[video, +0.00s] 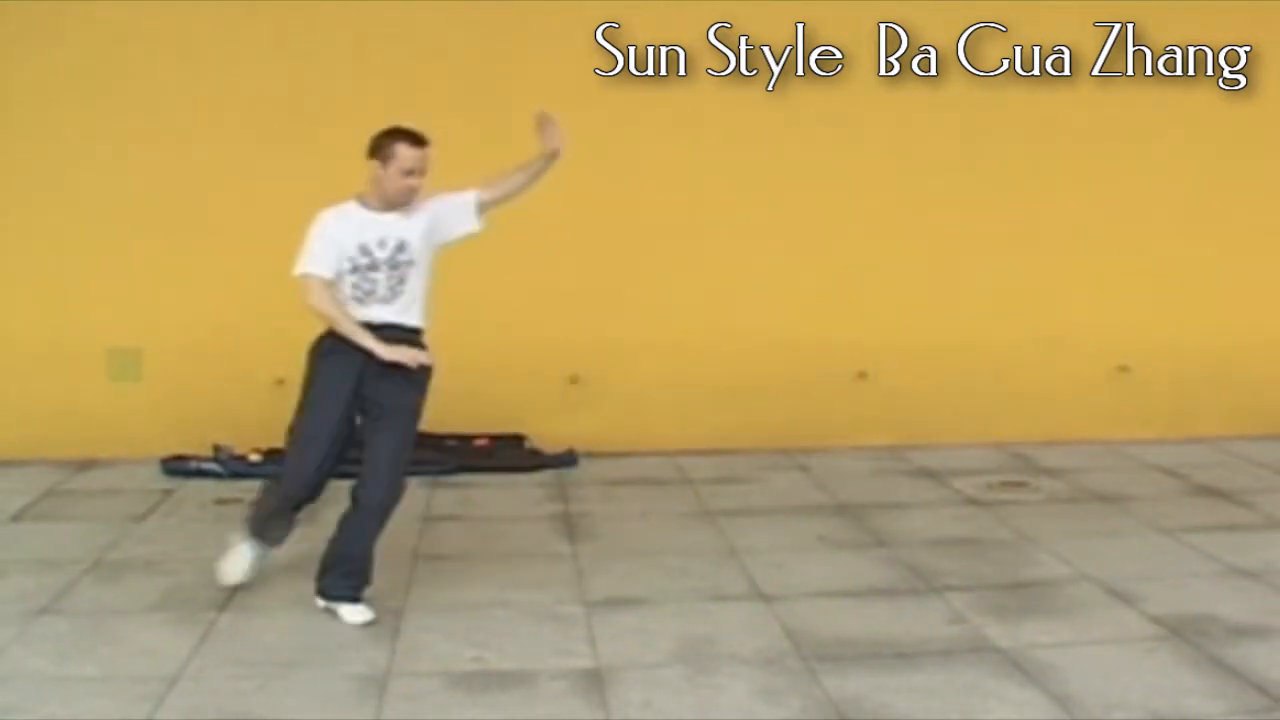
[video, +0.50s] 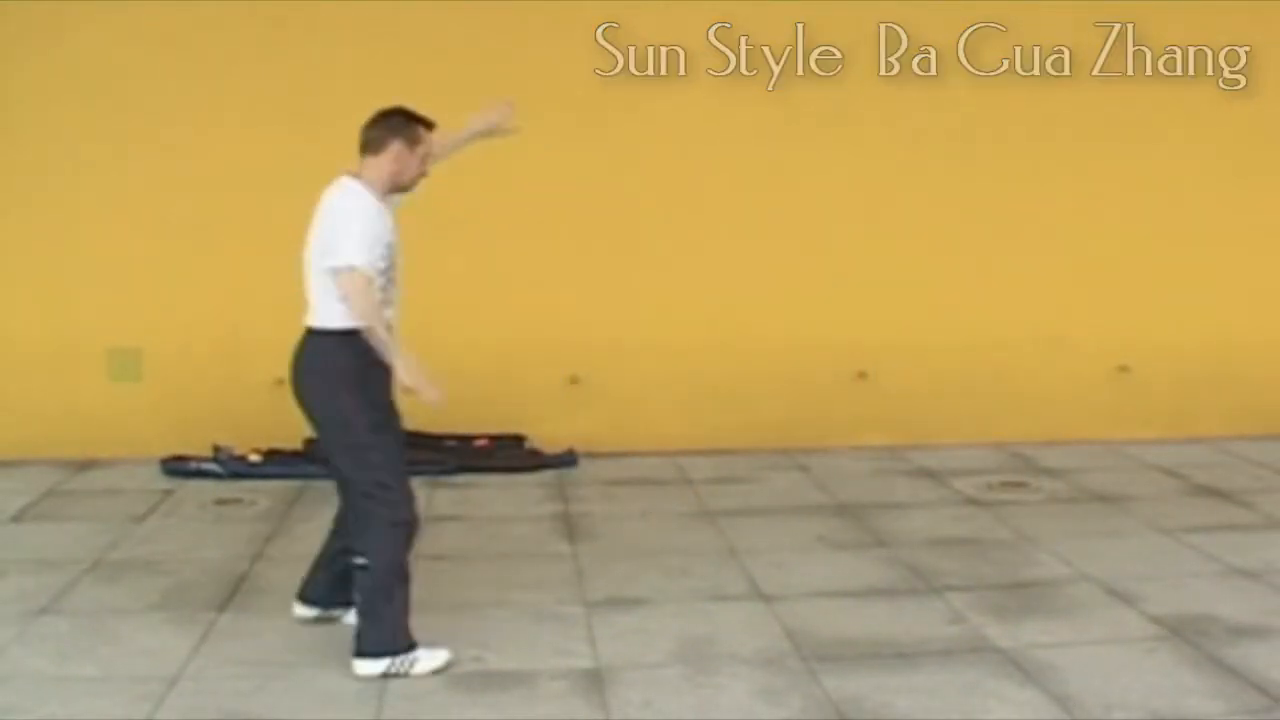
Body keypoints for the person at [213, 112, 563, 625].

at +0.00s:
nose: (418, 184)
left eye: (422, 174)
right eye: (408, 172)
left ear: (423, 174)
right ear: (376, 169)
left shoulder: (427, 217)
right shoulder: (335, 222)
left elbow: (492, 194)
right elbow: (317, 295)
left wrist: (545, 158)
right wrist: (380, 347)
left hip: (403, 356)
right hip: (343, 349)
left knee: (382, 485)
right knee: (306, 467)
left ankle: (340, 588)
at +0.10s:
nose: (414, 184)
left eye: (418, 173)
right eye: (405, 171)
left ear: (415, 174)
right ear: (369, 166)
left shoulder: (415, 214)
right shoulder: (326, 223)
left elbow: (479, 188)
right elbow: (309, 300)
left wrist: (538, 151)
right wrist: (377, 355)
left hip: (402, 355)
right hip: (341, 354)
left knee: (387, 488)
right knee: (309, 481)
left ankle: (341, 588)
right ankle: (216, 578)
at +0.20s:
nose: (413, 182)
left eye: (415, 171)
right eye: (404, 170)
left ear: (405, 172)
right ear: (369, 165)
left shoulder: (407, 210)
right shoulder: (327, 224)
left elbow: (468, 180)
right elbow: (312, 303)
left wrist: (532, 144)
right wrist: (374, 363)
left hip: (394, 355)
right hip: (339, 357)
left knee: (388, 488)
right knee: (321, 482)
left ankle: (343, 589)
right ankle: (273, 618)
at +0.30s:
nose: (417, 179)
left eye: (419, 167)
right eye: (409, 167)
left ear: (385, 165)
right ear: (372, 161)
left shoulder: (399, 206)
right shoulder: (331, 219)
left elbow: (458, 170)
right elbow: (319, 303)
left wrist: (525, 135)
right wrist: (381, 369)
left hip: (385, 355)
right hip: (333, 360)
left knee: (391, 492)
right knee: (344, 491)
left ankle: (343, 593)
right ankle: (347, 633)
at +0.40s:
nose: (420, 173)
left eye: (422, 162)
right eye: (415, 161)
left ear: (385, 158)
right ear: (381, 157)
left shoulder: (381, 204)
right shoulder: (339, 215)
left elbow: (438, 165)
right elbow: (334, 298)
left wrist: (509, 129)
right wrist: (385, 370)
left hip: (370, 357)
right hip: (337, 363)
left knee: (386, 487)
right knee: (378, 495)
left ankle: (337, 580)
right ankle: (382, 642)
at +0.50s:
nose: (423, 172)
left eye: (426, 161)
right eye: (419, 159)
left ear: (385, 155)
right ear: (392, 154)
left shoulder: (359, 195)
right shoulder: (356, 208)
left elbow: (423, 159)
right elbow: (358, 301)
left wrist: (475, 130)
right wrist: (403, 366)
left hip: (339, 355)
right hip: (341, 361)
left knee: (370, 489)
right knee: (389, 507)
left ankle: (326, 591)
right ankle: (382, 646)